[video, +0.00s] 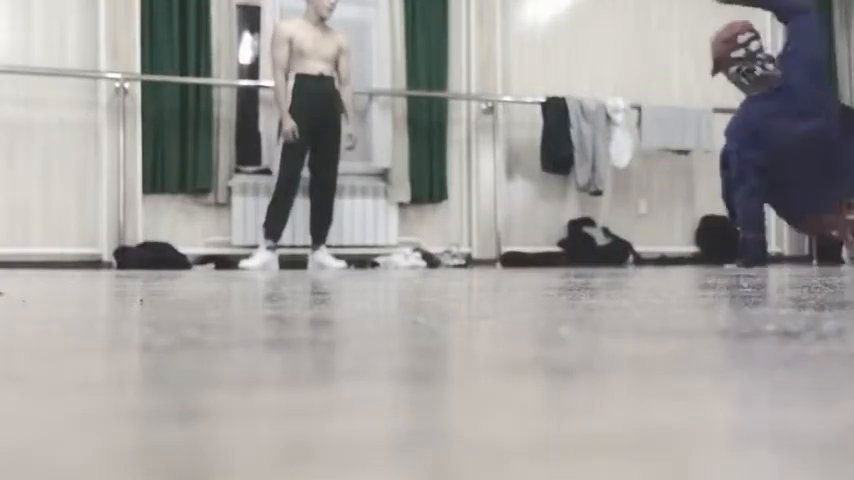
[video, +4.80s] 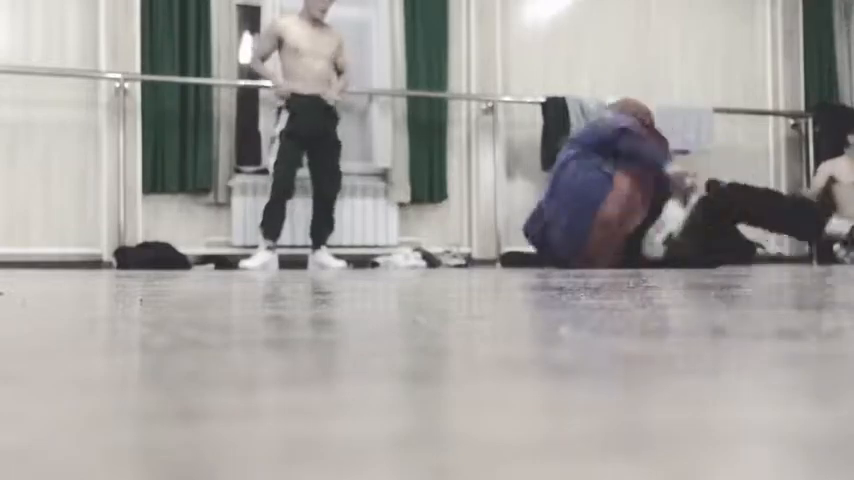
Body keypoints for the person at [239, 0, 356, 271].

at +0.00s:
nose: (331, 5)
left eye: (334, 2)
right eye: (327, 0)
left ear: (332, 7)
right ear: (311, 1)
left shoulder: (338, 40)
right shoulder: (286, 30)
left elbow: (344, 83)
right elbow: (279, 75)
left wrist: (350, 122)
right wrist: (284, 116)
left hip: (329, 98)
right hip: (300, 95)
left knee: (325, 178)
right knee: (289, 176)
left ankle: (318, 251)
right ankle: (268, 249)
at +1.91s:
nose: (329, 6)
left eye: (332, 3)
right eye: (325, 1)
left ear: (332, 7)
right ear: (310, 2)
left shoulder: (337, 40)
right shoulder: (285, 29)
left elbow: (342, 84)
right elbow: (278, 75)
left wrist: (346, 126)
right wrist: (283, 119)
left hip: (328, 100)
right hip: (299, 97)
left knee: (324, 179)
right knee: (288, 177)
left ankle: (319, 250)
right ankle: (268, 248)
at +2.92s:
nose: (329, 5)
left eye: (332, 2)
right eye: (324, 0)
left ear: (332, 6)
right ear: (310, 1)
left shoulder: (335, 38)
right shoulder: (284, 30)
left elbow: (352, 78)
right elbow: (264, 72)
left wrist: (339, 88)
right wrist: (292, 86)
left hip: (328, 107)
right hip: (299, 106)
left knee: (324, 180)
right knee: (288, 178)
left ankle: (319, 251)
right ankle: (269, 250)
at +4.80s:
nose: (325, 5)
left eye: (329, 2)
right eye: (321, 1)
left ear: (331, 5)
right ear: (307, 1)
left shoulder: (333, 36)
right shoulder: (283, 26)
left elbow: (344, 73)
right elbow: (255, 60)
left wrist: (336, 91)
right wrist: (277, 80)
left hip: (324, 109)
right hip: (294, 107)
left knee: (327, 184)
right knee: (283, 181)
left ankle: (319, 252)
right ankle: (267, 250)